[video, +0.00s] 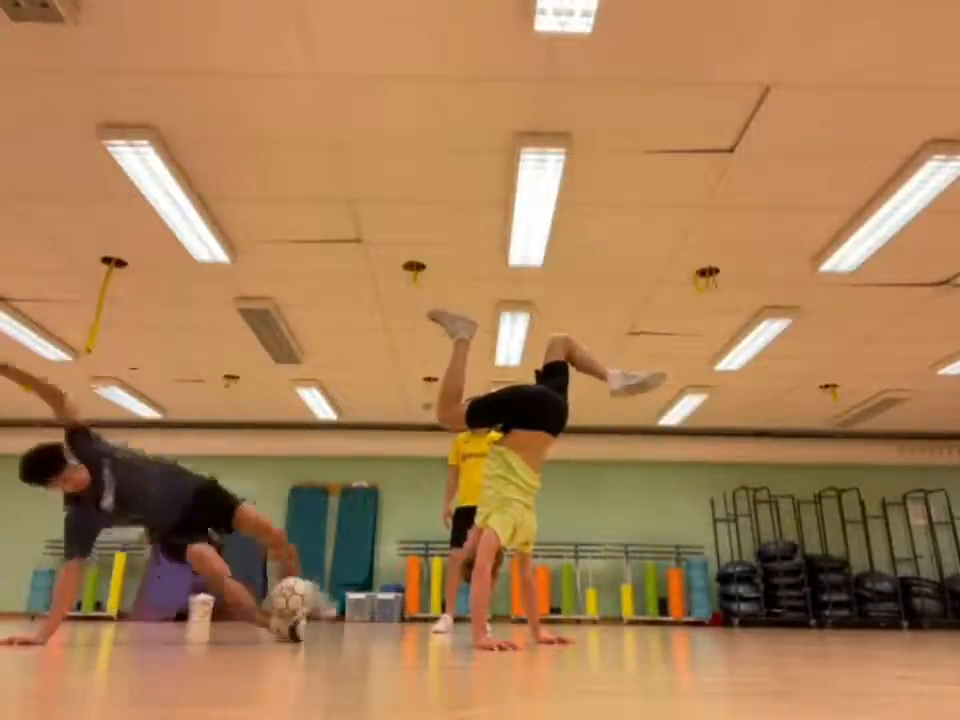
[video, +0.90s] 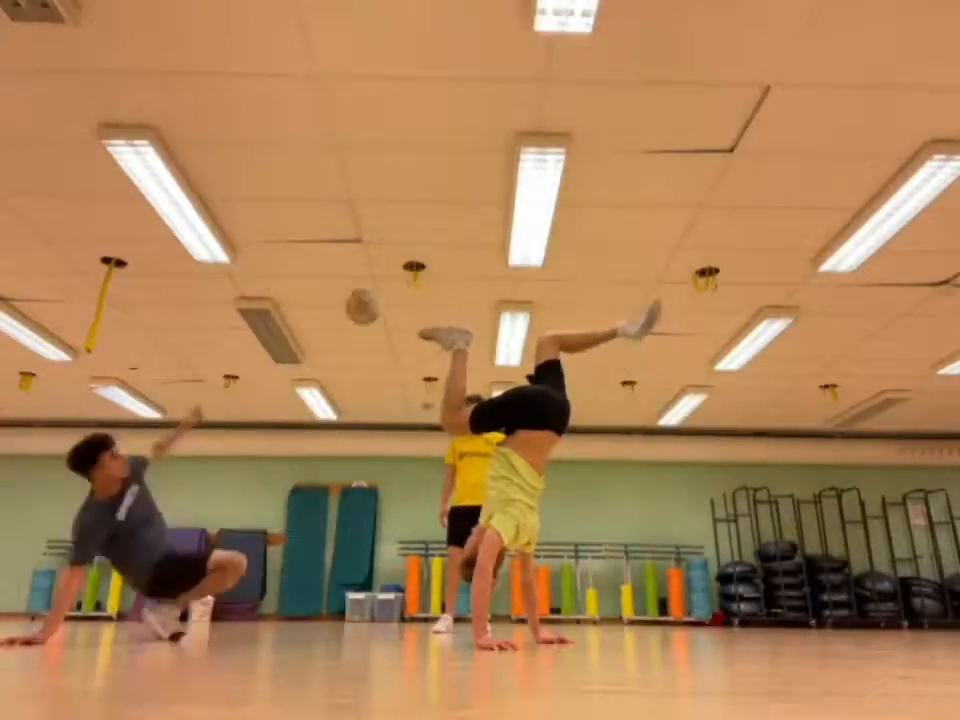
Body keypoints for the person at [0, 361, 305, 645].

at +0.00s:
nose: (74, 479)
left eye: (68, 471)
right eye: (65, 482)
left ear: (67, 460)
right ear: (57, 487)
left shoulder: (86, 445)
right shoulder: (82, 517)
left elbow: (56, 399)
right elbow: (70, 574)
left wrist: (11, 373)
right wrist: (45, 633)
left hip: (193, 491)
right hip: (172, 527)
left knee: (257, 524)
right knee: (210, 565)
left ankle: (289, 563)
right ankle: (269, 624)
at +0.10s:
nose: (54, 477)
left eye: (48, 470)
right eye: (44, 483)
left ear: (47, 458)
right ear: (38, 493)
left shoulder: (58, 446)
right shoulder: (70, 516)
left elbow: (29, 419)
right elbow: (69, 573)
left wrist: (5, 400)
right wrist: (46, 632)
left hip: (172, 461)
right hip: (159, 503)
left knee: (244, 489)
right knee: (211, 541)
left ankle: (308, 528)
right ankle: (268, 587)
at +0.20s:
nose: (48, 479)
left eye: (41, 472)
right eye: (38, 486)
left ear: (36, 461)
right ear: (30, 496)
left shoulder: (43, 448)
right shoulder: (62, 519)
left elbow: (11, 419)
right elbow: (65, 577)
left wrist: (0, 400)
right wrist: (45, 633)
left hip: (159, 448)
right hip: (151, 490)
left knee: (231, 466)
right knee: (215, 508)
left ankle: (302, 497)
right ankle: (286, 546)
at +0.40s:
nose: (52, 476)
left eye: (47, 470)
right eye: (44, 483)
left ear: (36, 461)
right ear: (32, 495)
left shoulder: (36, 450)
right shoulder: (58, 516)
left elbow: (8, 428)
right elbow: (66, 571)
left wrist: (7, 433)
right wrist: (46, 631)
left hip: (143, 444)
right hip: (146, 489)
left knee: (216, 436)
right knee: (216, 501)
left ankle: (289, 447)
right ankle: (291, 514)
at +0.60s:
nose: (60, 466)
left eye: (54, 460)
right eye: (49, 471)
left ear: (50, 452)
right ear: (35, 484)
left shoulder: (49, 446)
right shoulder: (60, 517)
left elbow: (15, 416)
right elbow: (66, 577)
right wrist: (45, 635)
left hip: (150, 460)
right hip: (149, 502)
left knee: (225, 444)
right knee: (220, 505)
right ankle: (282, 528)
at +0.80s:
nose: (92, 465)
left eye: (88, 457)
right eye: (82, 466)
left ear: (89, 451)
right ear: (65, 480)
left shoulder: (88, 451)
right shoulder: (71, 515)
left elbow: (93, 406)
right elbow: (70, 574)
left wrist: (98, 372)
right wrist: (44, 635)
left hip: (165, 519)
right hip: (152, 547)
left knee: (237, 535)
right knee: (235, 522)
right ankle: (199, 586)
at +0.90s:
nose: (122, 458)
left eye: (118, 453)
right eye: (113, 457)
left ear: (117, 458)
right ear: (96, 471)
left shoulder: (131, 469)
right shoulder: (92, 520)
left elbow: (159, 450)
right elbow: (73, 578)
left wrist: (185, 427)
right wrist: (45, 633)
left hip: (169, 554)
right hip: (154, 575)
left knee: (220, 551)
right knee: (235, 565)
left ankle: (171, 609)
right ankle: (168, 610)